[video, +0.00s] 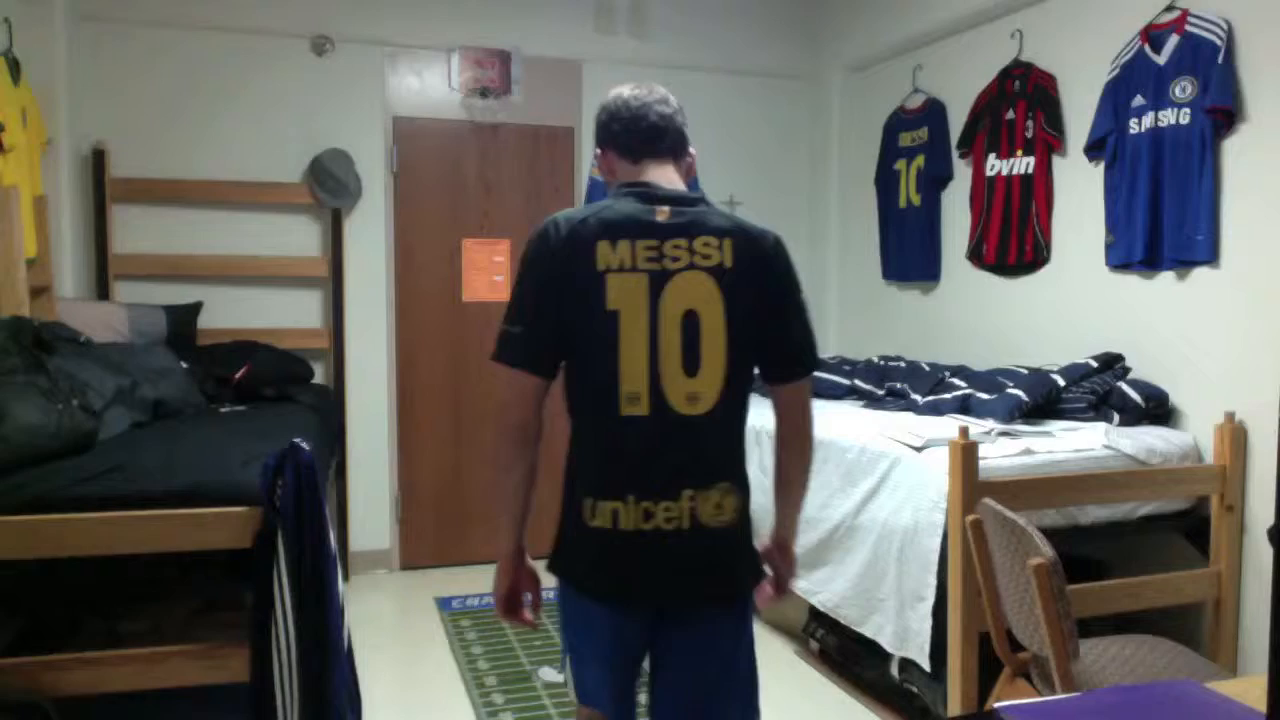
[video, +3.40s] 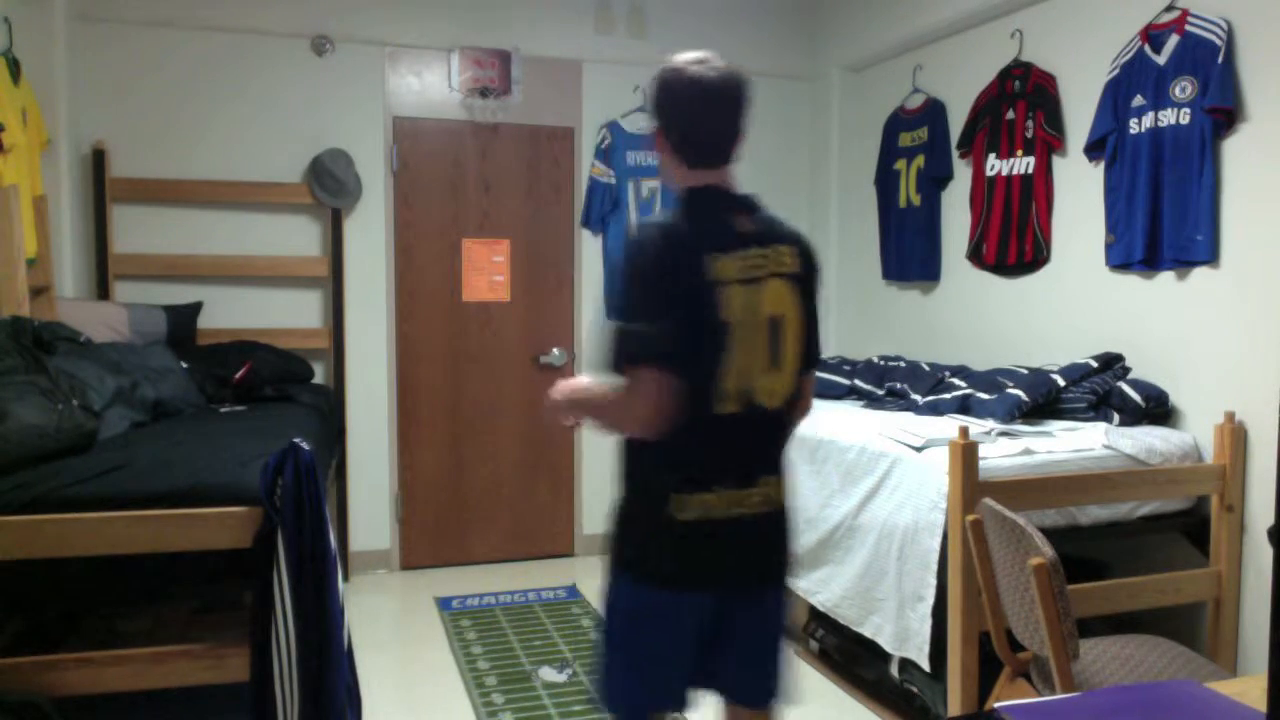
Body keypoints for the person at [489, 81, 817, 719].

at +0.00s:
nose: (598, 171)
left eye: (598, 159)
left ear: (604, 159)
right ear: (690, 156)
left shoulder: (564, 241)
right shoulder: (755, 248)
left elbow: (519, 413)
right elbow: (795, 412)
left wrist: (513, 553)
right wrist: (784, 536)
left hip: (600, 553)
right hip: (712, 553)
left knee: (598, 709)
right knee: (710, 710)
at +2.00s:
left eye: (567, 162)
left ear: (570, 163)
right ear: (648, 165)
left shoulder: (538, 233)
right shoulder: (697, 234)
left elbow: (515, 373)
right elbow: (760, 369)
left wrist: (521, 504)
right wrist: (755, 491)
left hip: (578, 499)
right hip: (675, 495)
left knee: (593, 677)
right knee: (654, 656)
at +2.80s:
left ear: (583, 188)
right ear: (662, 190)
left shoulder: (538, 251)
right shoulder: (716, 251)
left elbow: (462, 388)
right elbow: (775, 398)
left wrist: (514, 420)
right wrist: (793, 551)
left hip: (601, 521)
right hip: (701, 512)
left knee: (610, 702)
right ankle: (589, 670)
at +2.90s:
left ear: (589, 186)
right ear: (668, 186)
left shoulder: (544, 252)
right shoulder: (722, 247)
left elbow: (467, 388)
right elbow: (779, 397)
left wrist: (558, 400)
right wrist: (792, 542)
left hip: (604, 522)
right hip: (705, 512)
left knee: (615, 704)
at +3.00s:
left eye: (600, 162)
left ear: (602, 171)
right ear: (684, 169)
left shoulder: (557, 251)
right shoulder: (737, 250)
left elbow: (487, 394)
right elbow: (791, 397)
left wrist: (568, 377)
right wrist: (787, 519)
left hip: (612, 529)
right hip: (713, 522)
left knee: (624, 706)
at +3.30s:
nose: (636, 140)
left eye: (638, 129)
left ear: (644, 141)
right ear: (722, 136)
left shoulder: (634, 248)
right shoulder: (776, 250)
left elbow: (579, 399)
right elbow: (801, 401)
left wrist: (560, 391)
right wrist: (752, 460)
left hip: (651, 535)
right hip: (743, 532)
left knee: (629, 707)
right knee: (726, 698)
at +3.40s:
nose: (652, 136)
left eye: (652, 124)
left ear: (659, 138)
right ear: (738, 134)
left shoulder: (659, 246)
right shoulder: (790, 247)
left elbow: (650, 409)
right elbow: (797, 401)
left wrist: (578, 395)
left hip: (669, 532)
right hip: (761, 531)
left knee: (640, 705)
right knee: (751, 705)